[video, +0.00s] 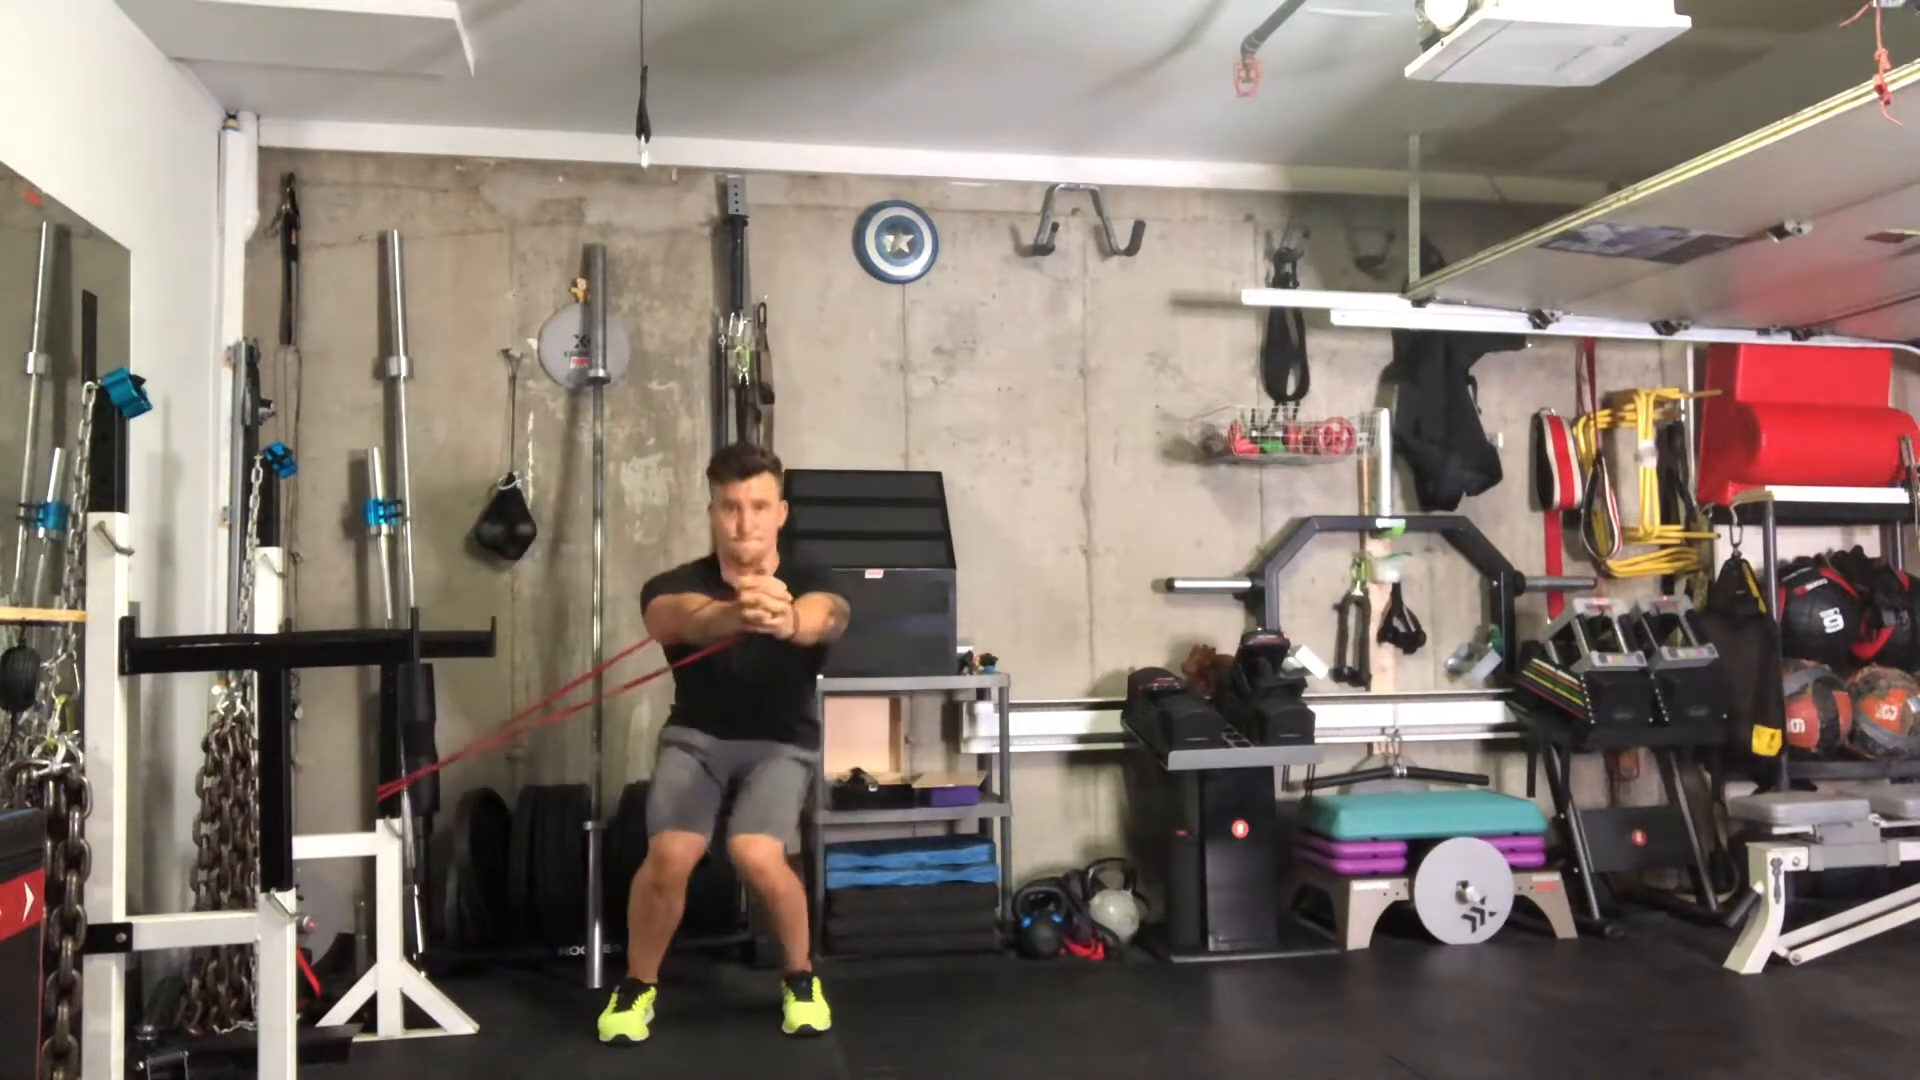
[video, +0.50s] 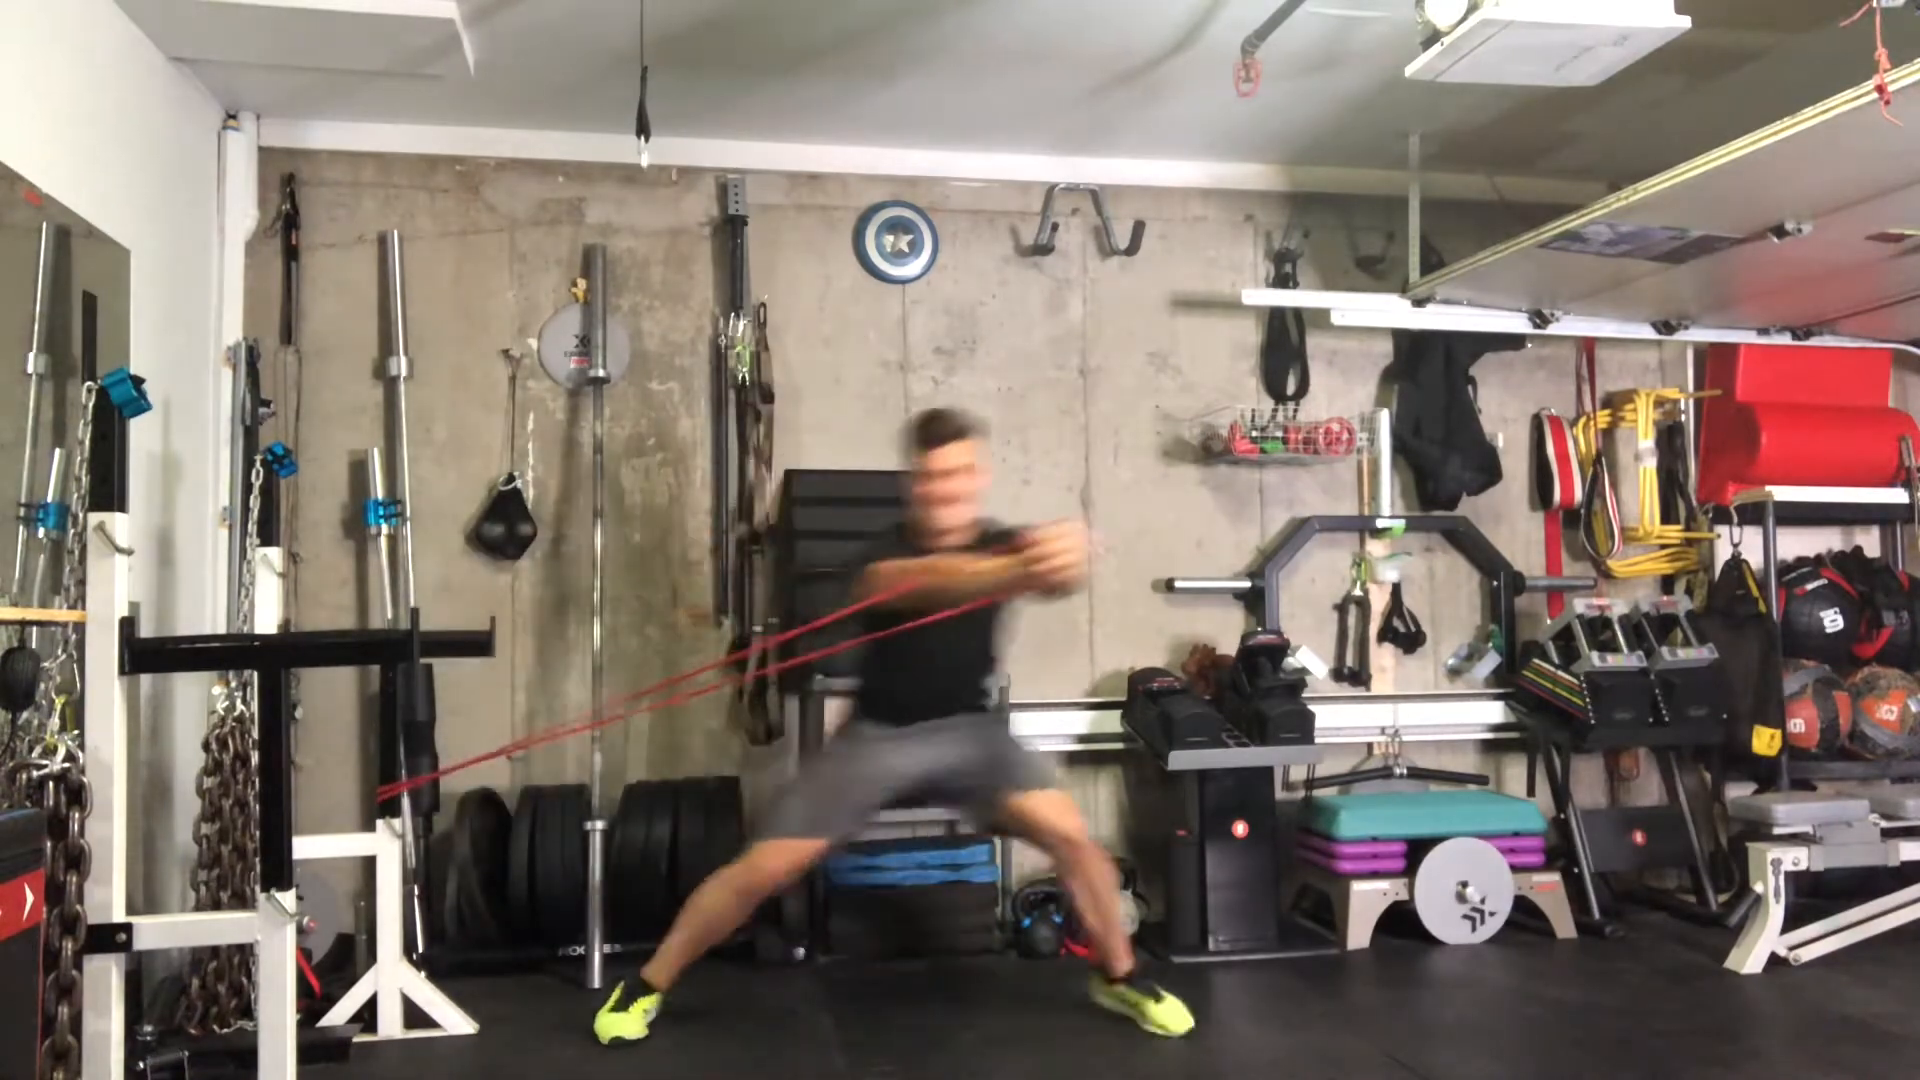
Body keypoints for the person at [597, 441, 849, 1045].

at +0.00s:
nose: (744, 524)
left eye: (759, 508)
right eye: (730, 509)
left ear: (782, 513)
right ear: (711, 513)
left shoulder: (812, 584)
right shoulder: (671, 588)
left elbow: (825, 615)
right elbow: (684, 623)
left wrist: (792, 620)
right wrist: (739, 613)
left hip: (780, 747)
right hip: (694, 740)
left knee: (754, 849)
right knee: (670, 852)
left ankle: (800, 979)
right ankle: (638, 989)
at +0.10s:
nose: (750, 535)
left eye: (764, 519)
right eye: (736, 521)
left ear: (787, 523)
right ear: (716, 525)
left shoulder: (820, 588)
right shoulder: (681, 597)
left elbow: (837, 623)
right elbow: (689, 633)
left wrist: (804, 626)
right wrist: (750, 623)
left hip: (787, 753)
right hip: (701, 746)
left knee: (760, 852)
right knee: (681, 857)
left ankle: (800, 979)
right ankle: (638, 989)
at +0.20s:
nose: (758, 543)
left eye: (771, 526)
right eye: (742, 529)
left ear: (793, 528)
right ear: (722, 535)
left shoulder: (832, 589)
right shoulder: (696, 606)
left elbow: (851, 621)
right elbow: (702, 643)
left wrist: (821, 633)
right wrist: (765, 635)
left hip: (807, 754)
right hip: (720, 752)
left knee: (809, 853)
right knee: (699, 868)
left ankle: (806, 978)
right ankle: (639, 988)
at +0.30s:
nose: (781, 539)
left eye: (795, 522)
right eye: (765, 525)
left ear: (819, 523)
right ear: (743, 532)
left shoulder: (857, 581)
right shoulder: (724, 603)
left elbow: (880, 616)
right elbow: (726, 642)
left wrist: (853, 634)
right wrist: (799, 640)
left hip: (845, 752)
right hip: (752, 755)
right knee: (707, 874)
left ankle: (863, 968)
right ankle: (641, 987)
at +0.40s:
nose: (844, 520)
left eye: (859, 502)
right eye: (829, 505)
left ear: (888, 503)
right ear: (810, 512)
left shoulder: (912, 571)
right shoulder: (785, 584)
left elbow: (946, 599)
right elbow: (791, 619)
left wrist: (939, 602)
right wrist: (889, 612)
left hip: (896, 744)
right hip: (797, 751)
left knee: (988, 827)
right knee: (724, 875)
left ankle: (1011, 945)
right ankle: (642, 990)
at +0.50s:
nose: (945, 492)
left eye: (959, 475)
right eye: (931, 477)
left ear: (983, 480)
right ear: (909, 484)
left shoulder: (997, 547)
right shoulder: (884, 569)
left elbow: (1049, 574)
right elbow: (942, 580)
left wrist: (1068, 553)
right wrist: (1025, 568)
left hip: (971, 737)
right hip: (879, 742)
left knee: (1069, 829)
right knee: (768, 867)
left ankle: (1120, 977)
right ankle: (650, 986)